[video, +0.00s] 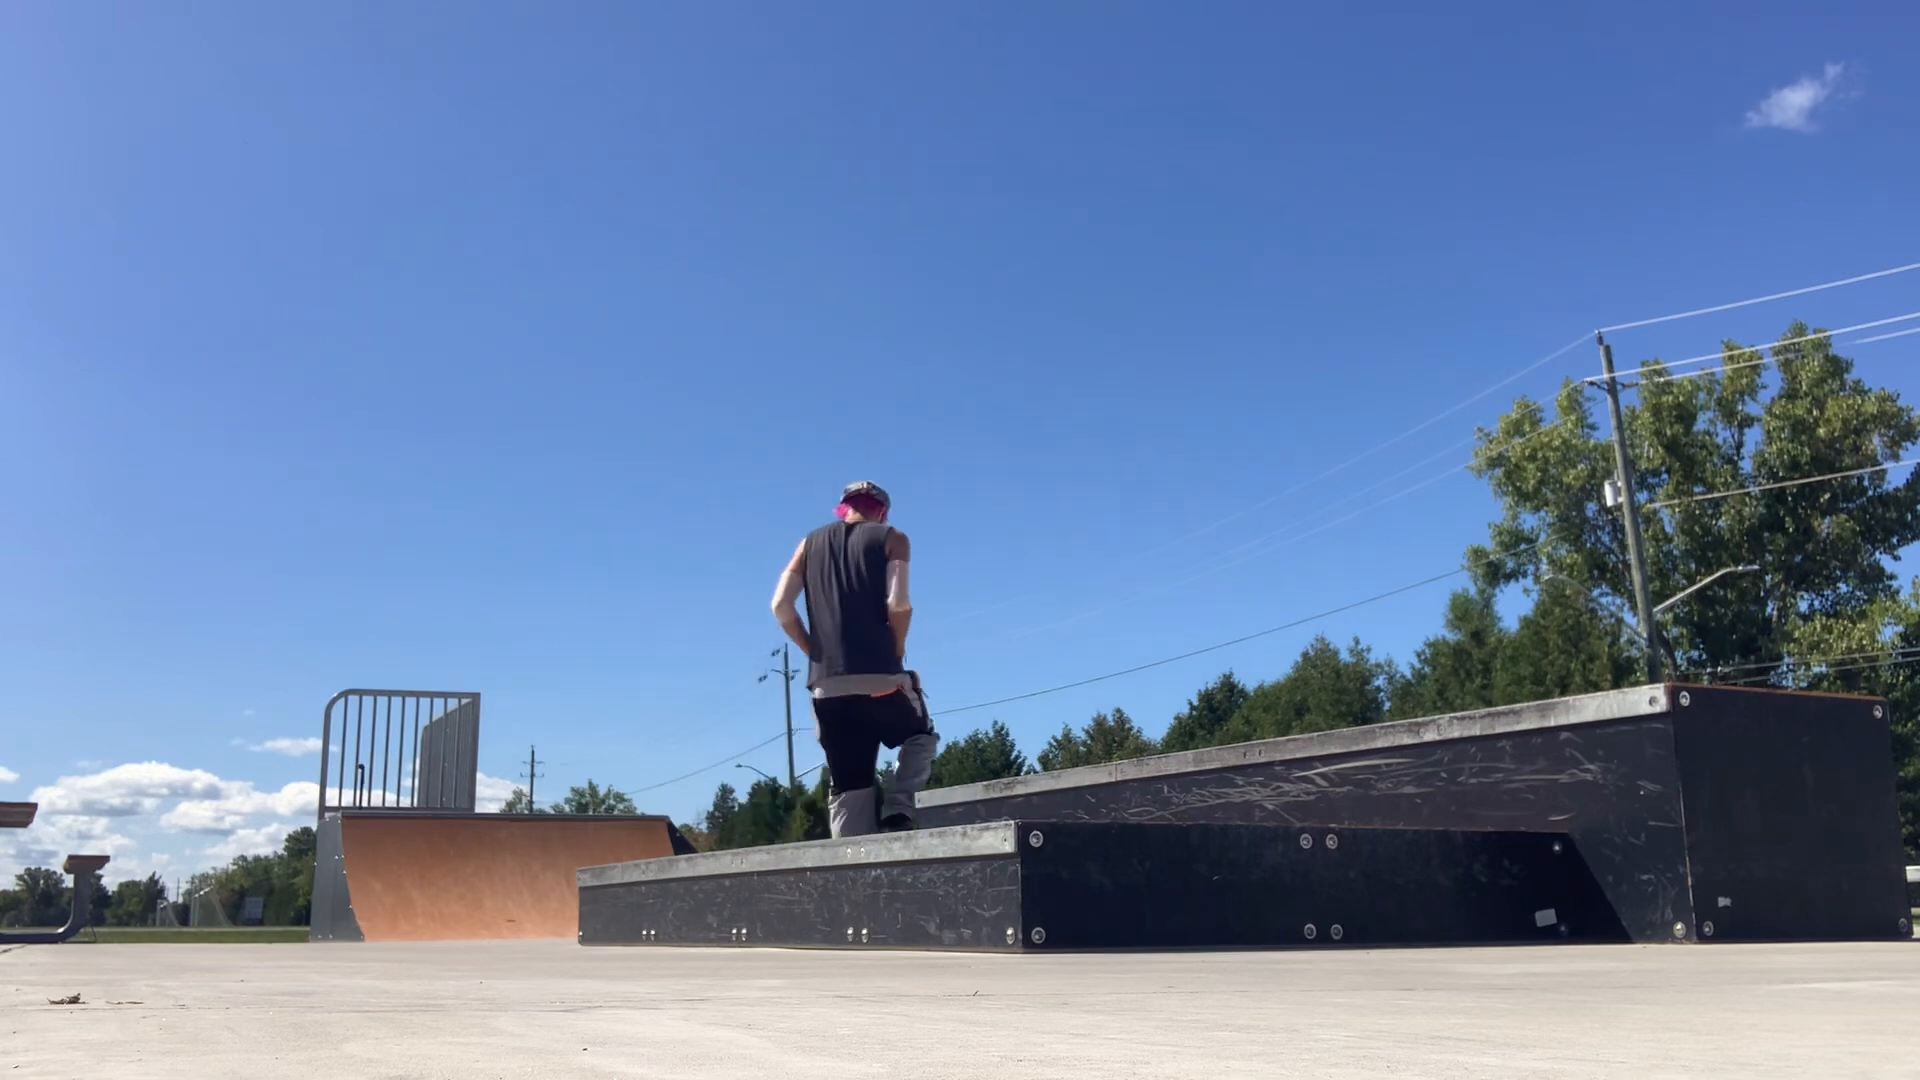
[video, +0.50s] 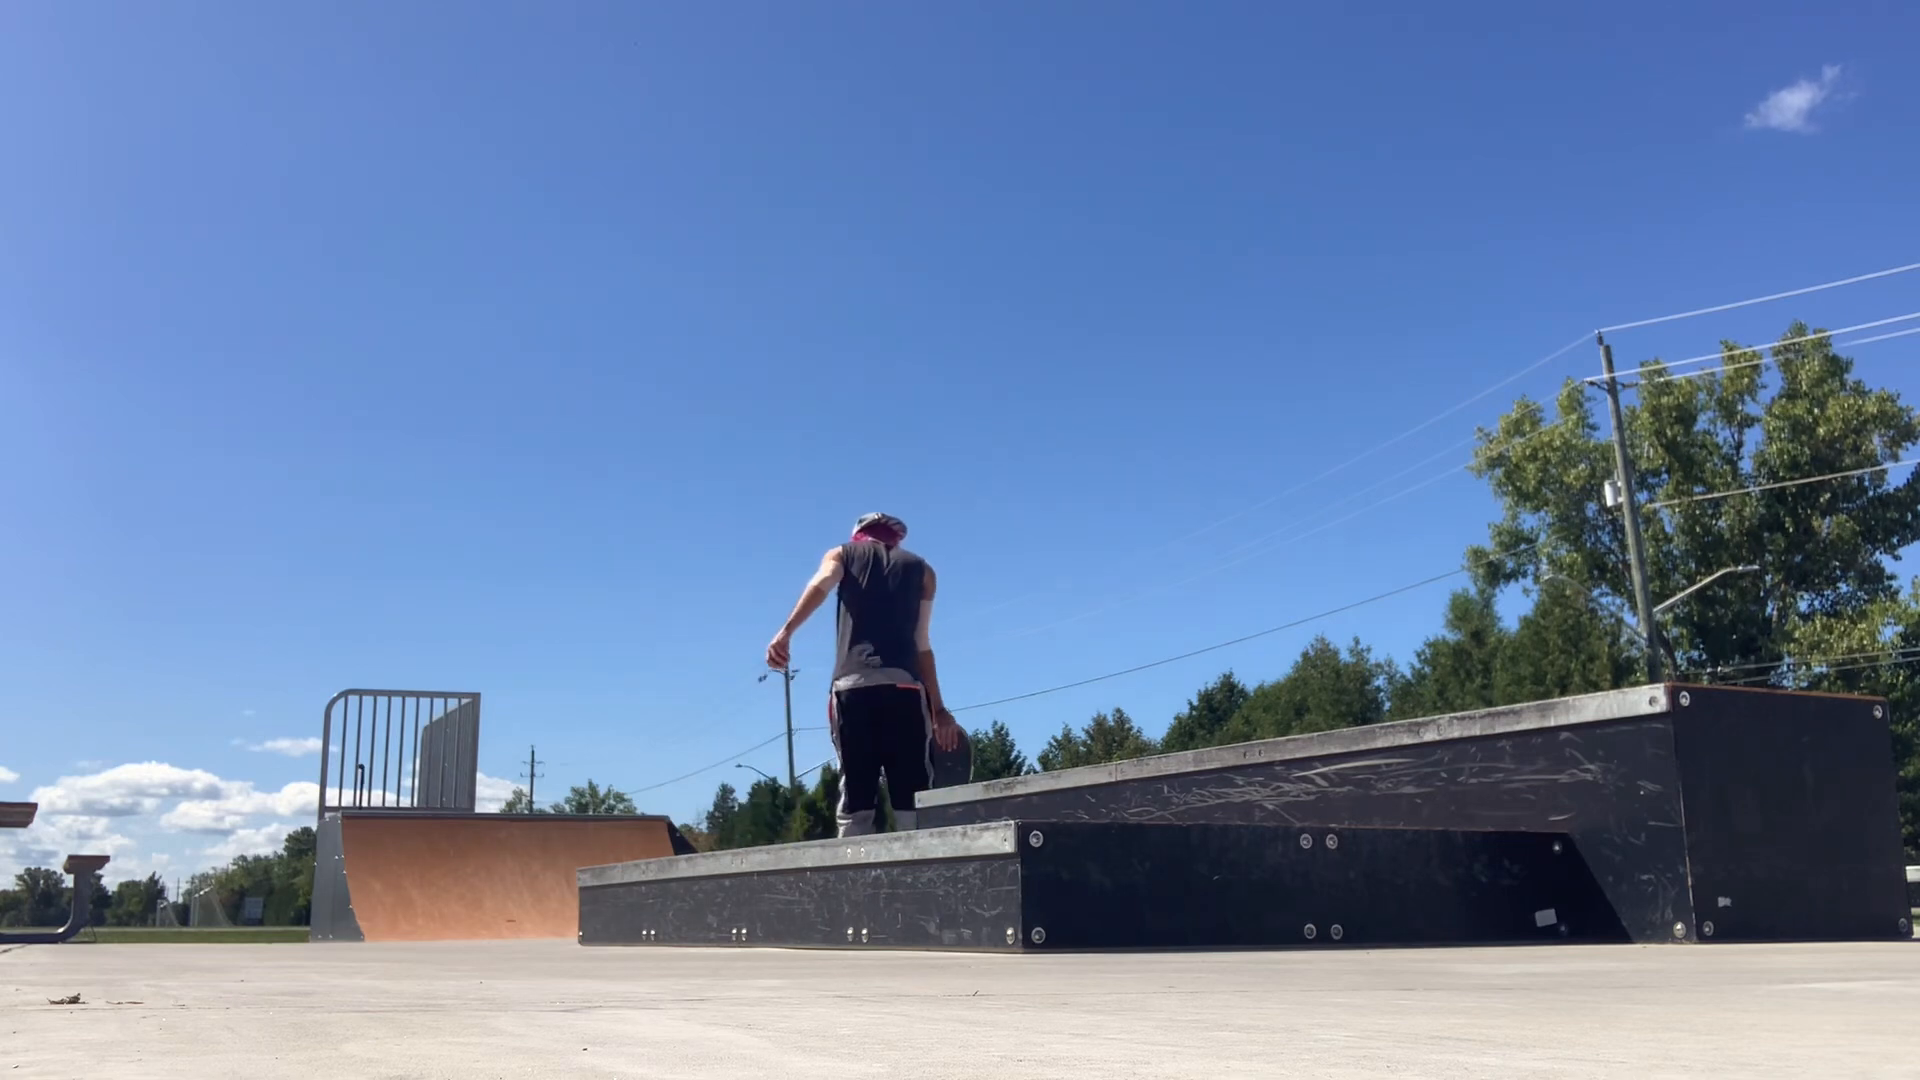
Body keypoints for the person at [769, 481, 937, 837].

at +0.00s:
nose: (886, 520)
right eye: (886, 515)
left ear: (841, 511)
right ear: (881, 511)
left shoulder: (810, 542)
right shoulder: (892, 538)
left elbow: (781, 606)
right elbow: (898, 604)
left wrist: (814, 651)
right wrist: (897, 653)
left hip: (828, 690)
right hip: (881, 685)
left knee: (848, 791)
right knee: (918, 737)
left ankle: (853, 885)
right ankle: (898, 811)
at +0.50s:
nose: (851, 545)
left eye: (852, 541)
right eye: (902, 539)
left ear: (858, 536)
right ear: (897, 538)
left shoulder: (843, 553)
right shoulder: (922, 569)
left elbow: (821, 584)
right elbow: (921, 646)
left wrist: (785, 632)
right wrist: (939, 709)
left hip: (852, 696)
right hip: (905, 696)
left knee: (856, 799)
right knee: (909, 799)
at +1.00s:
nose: (778, 548)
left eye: (778, 543)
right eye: (778, 543)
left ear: (787, 539)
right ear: (823, 539)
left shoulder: (783, 563)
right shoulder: (855, 577)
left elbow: (786, 616)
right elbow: (877, 650)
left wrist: (759, 674)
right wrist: (912, 709)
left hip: (796, 720)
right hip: (851, 718)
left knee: (782, 814)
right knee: (875, 810)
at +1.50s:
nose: (664, 555)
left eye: (667, 546)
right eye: (663, 547)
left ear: (685, 543)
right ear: (704, 545)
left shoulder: (685, 577)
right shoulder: (744, 588)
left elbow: (634, 626)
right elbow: (772, 656)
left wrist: (641, 598)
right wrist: (798, 717)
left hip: (708, 716)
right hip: (742, 718)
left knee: (722, 808)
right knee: (708, 810)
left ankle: (766, 879)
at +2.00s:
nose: (564, 570)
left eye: (567, 562)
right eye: (564, 563)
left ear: (584, 558)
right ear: (602, 559)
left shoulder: (583, 593)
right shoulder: (640, 604)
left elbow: (528, 607)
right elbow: (653, 675)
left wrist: (563, 578)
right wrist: (659, 727)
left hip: (589, 741)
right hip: (632, 741)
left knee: (564, 829)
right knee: (645, 831)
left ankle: (534, 910)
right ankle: (676, 913)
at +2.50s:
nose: (455, 590)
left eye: (456, 583)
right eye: (454, 584)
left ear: (465, 582)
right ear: (495, 583)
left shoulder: (472, 609)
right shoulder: (527, 625)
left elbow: (422, 627)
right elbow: (543, 691)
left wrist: (454, 605)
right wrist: (554, 742)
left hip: (479, 736)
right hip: (512, 741)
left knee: (492, 826)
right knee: (485, 830)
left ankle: (525, 909)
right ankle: (441, 912)